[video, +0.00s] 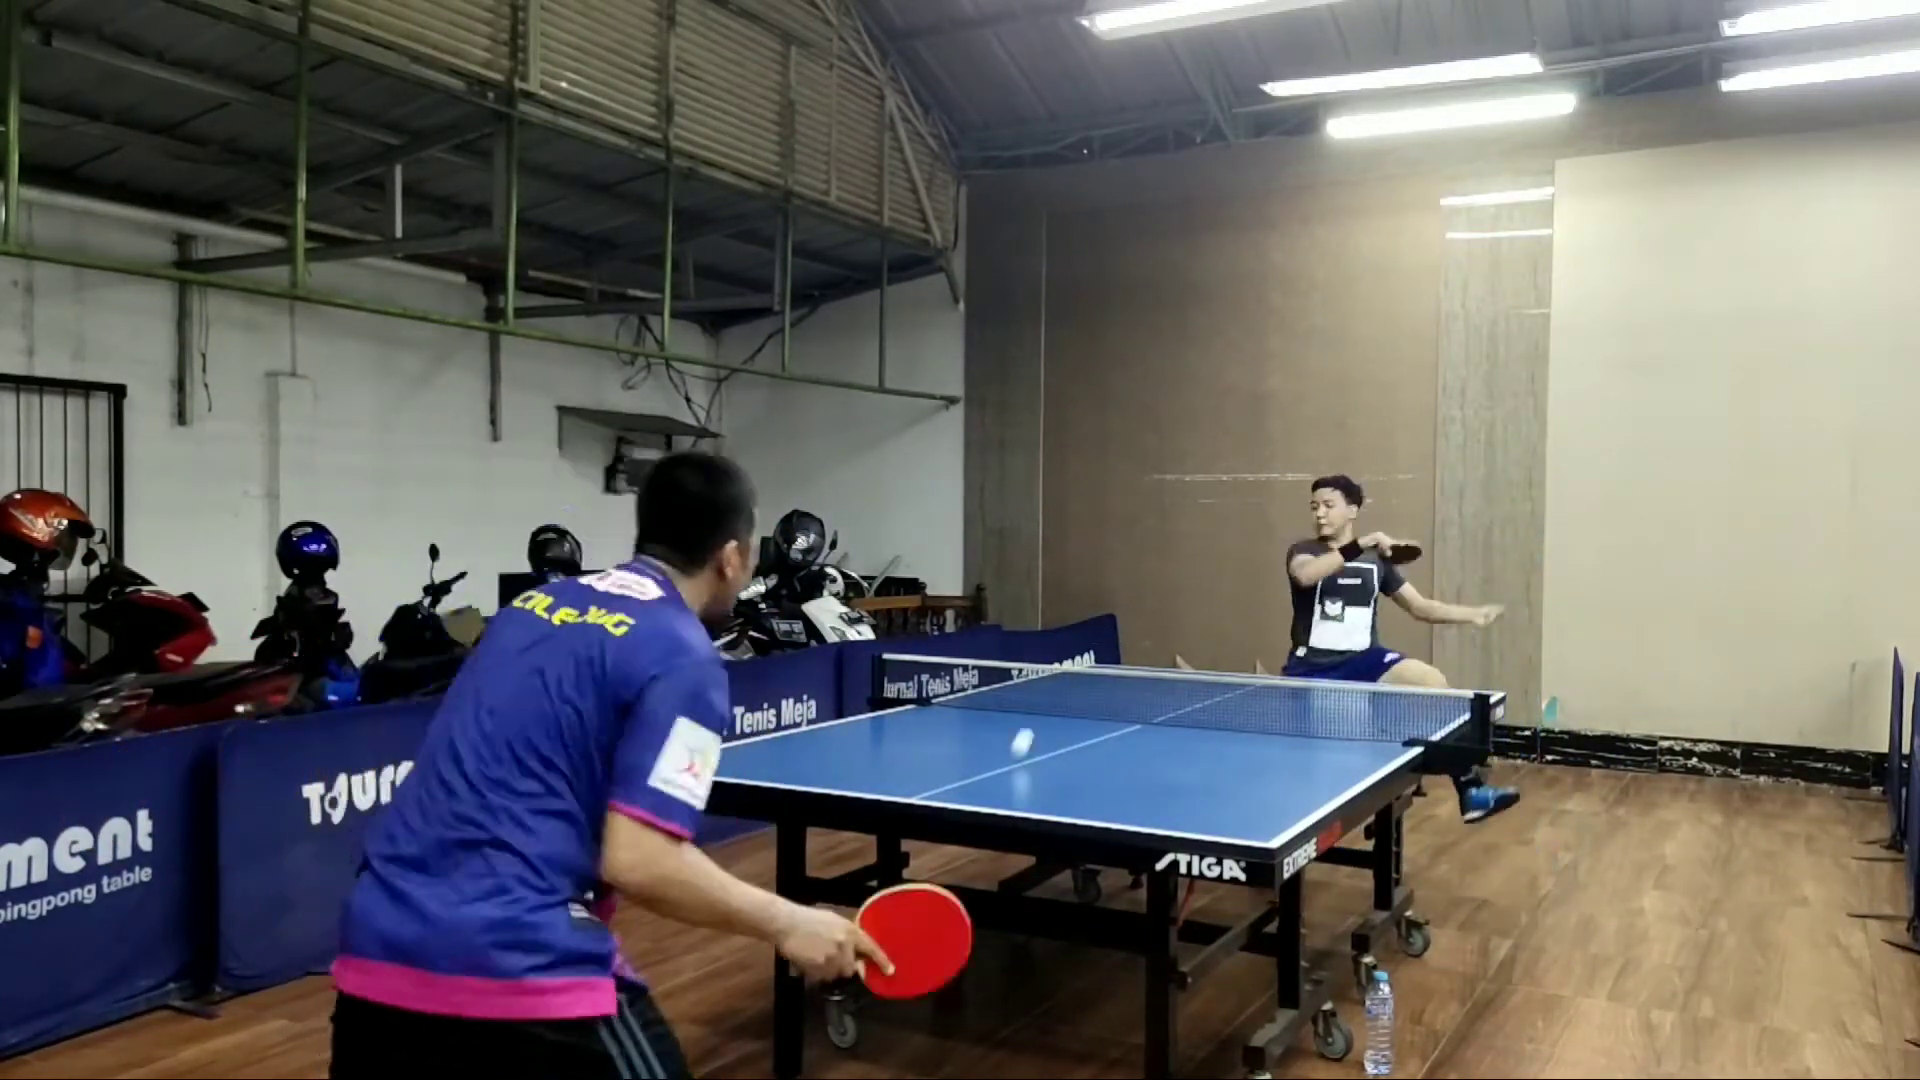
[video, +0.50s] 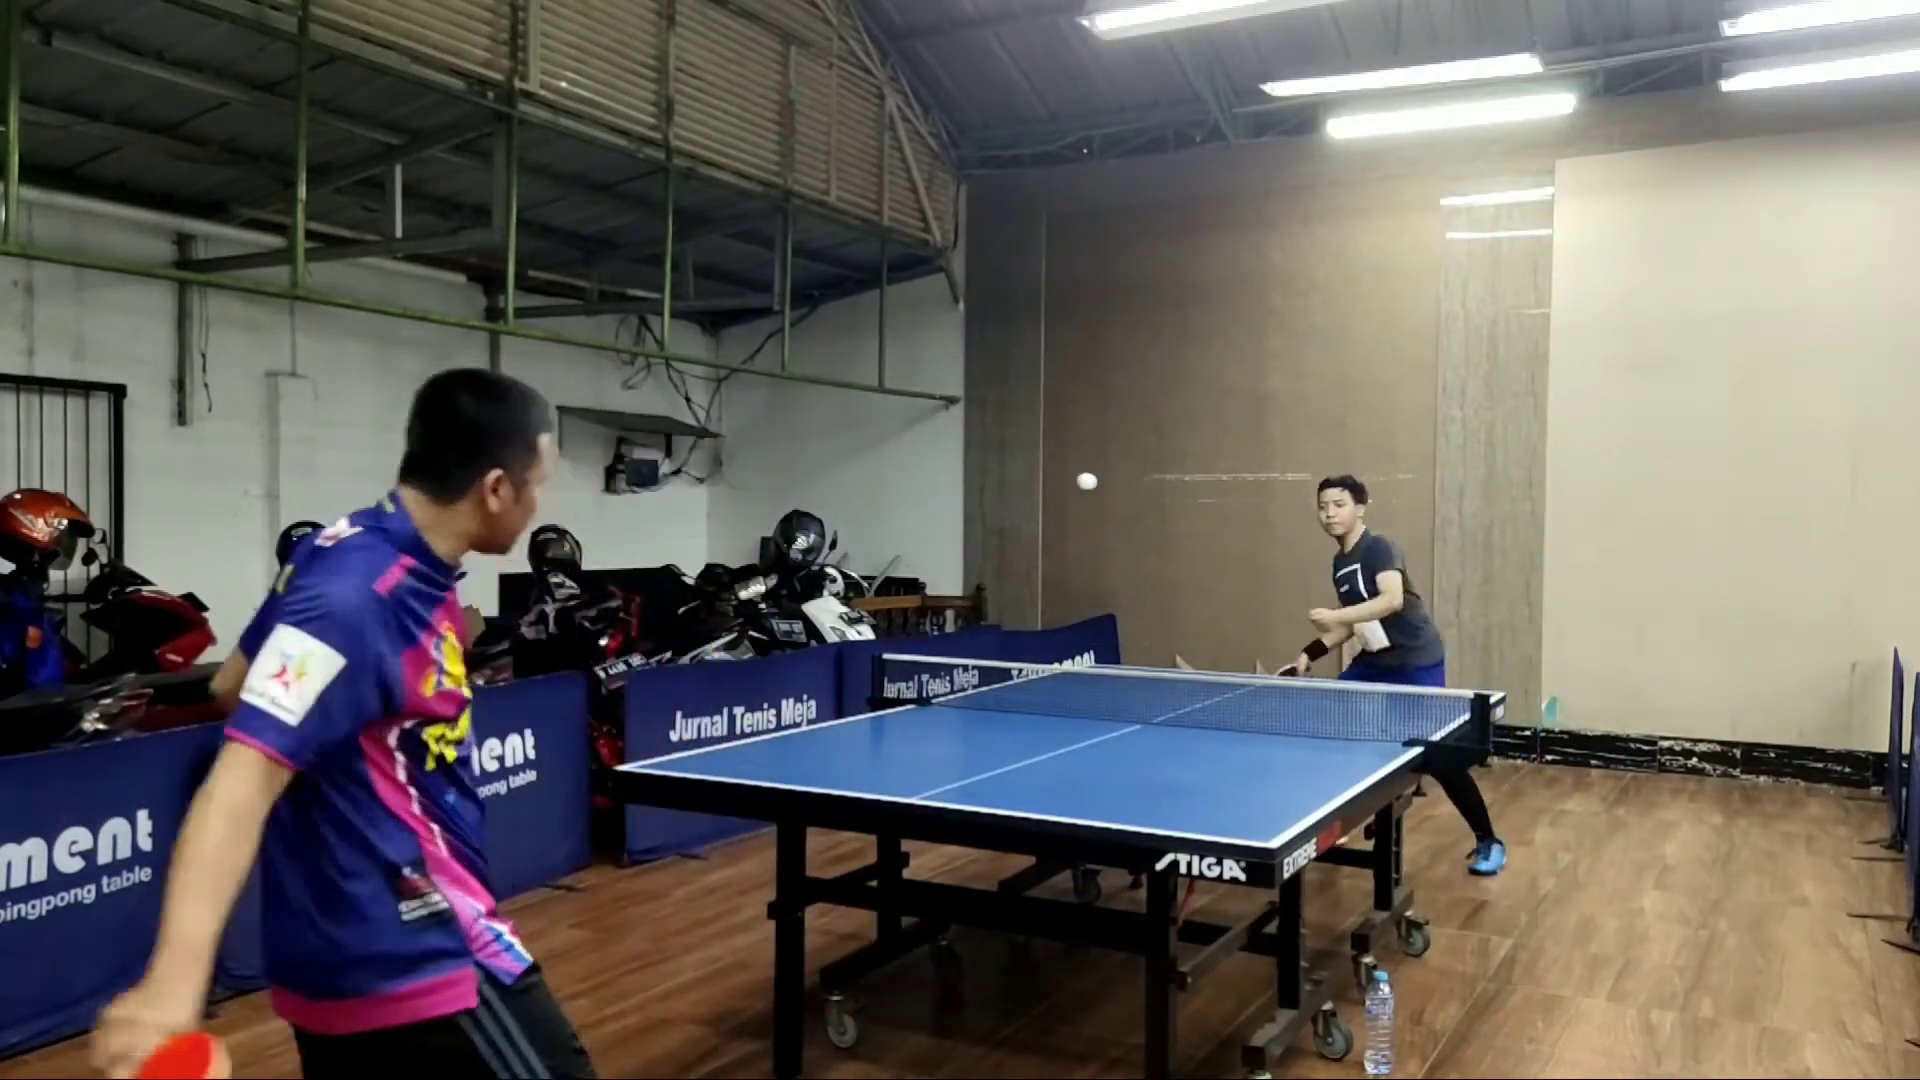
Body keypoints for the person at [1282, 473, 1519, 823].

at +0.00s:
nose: (1318, 513)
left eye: (1327, 505)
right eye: (1314, 506)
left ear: (1353, 510)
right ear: (1311, 511)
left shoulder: (1375, 562)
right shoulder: (1303, 551)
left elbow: (1420, 607)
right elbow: (1303, 575)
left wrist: (1473, 615)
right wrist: (1360, 546)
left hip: (1362, 659)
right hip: (1308, 664)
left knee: (1432, 682)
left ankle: (1471, 791)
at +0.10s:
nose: (1325, 510)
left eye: (1334, 502)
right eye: (1319, 504)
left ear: (1354, 508)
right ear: (1313, 510)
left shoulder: (1376, 558)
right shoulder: (1302, 554)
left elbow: (1404, 610)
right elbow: (1289, 599)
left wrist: (1436, 659)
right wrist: (1336, 582)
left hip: (1376, 668)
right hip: (1316, 671)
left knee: (1430, 730)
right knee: (1288, 742)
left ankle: (1465, 823)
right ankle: (1282, 835)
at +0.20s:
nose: (1330, 506)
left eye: (1339, 497)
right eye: (1323, 499)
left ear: (1360, 503)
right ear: (1317, 507)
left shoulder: (1387, 548)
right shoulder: (1309, 557)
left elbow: (1418, 601)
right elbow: (1289, 613)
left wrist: (1416, 656)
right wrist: (1313, 611)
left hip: (1390, 669)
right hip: (1335, 670)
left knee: (1427, 751)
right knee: (1298, 739)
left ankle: (1459, 840)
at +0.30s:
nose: (1333, 503)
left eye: (1342, 495)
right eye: (1326, 497)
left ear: (1363, 501)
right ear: (1320, 506)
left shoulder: (1387, 540)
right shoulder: (1321, 556)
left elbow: (1423, 590)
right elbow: (1312, 607)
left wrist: (1394, 638)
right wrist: (1303, 624)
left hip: (1407, 659)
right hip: (1354, 658)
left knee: (1437, 743)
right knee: (1312, 716)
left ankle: (1464, 840)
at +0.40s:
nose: (1331, 506)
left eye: (1340, 497)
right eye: (1325, 500)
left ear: (1362, 502)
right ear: (1319, 508)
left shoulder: (1383, 544)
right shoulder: (1330, 559)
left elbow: (1411, 593)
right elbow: (1330, 614)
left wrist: (1370, 628)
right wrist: (1300, 642)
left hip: (1413, 662)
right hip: (1363, 663)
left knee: (1433, 745)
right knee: (1318, 723)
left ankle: (1465, 840)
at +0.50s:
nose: (1330, 514)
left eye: (1339, 505)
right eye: (1323, 507)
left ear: (1361, 508)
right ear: (1319, 514)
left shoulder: (1380, 549)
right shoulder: (1340, 564)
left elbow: (1391, 600)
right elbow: (1352, 624)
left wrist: (1340, 616)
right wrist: (1307, 657)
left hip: (1415, 662)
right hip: (1371, 663)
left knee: (1434, 751)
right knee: (1335, 731)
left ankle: (1487, 840)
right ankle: (1381, 808)